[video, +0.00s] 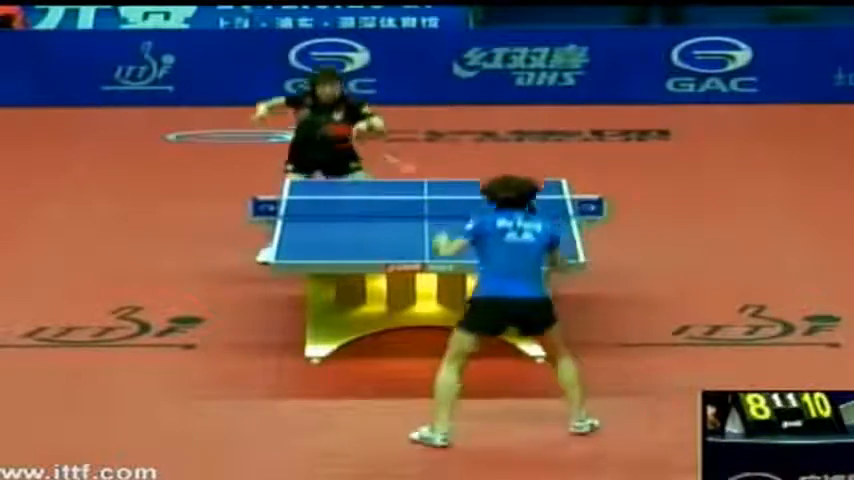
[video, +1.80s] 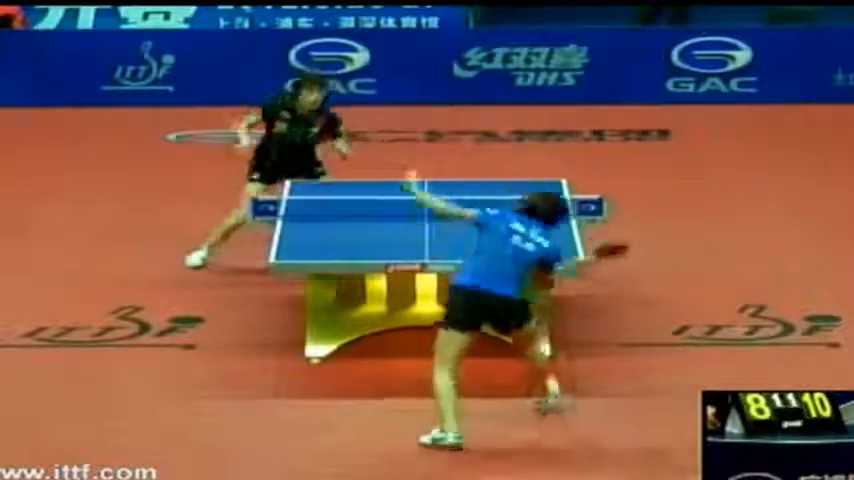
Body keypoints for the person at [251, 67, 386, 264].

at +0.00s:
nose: (327, 92)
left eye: (332, 86)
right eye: (323, 86)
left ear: (340, 88)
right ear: (315, 88)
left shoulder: (350, 106)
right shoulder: (305, 101)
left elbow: (378, 124)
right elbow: (279, 104)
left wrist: (366, 127)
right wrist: (264, 109)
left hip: (342, 165)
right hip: (303, 164)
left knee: (371, 197)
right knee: (289, 204)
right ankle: (277, 245)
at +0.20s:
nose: (339, 86)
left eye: (343, 80)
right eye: (334, 80)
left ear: (349, 83)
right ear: (324, 81)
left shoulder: (355, 104)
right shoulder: (307, 98)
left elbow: (376, 127)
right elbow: (282, 108)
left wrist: (369, 133)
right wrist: (273, 116)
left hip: (339, 156)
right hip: (302, 158)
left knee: (365, 194)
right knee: (287, 201)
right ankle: (258, 243)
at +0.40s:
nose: (330, 97)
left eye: (334, 92)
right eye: (326, 92)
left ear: (340, 96)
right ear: (316, 94)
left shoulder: (344, 116)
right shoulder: (293, 112)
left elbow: (354, 137)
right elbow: (257, 126)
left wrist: (358, 147)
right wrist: (265, 136)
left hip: (322, 165)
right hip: (287, 166)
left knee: (349, 198)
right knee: (272, 211)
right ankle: (234, 247)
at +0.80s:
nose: (325, 102)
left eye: (329, 97)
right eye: (321, 96)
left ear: (334, 100)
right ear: (311, 96)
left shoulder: (336, 120)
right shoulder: (288, 111)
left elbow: (360, 138)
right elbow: (246, 123)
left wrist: (362, 152)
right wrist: (262, 133)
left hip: (315, 166)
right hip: (277, 165)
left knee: (343, 202)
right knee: (260, 210)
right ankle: (224, 247)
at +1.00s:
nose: (318, 124)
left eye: (323, 120)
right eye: (315, 118)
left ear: (329, 120)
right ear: (306, 115)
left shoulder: (332, 131)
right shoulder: (284, 123)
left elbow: (361, 155)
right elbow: (239, 132)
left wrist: (350, 165)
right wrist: (252, 143)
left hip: (306, 176)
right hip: (273, 172)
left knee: (316, 213)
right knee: (259, 210)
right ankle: (224, 247)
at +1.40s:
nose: (317, 109)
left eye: (321, 104)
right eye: (312, 105)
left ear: (327, 104)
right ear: (303, 106)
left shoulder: (334, 118)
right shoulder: (290, 111)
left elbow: (362, 141)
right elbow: (254, 111)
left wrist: (355, 136)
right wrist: (247, 118)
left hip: (321, 160)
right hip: (288, 158)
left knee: (337, 204)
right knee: (260, 206)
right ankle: (225, 246)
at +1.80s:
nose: (313, 99)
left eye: (317, 95)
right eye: (309, 93)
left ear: (323, 97)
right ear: (298, 93)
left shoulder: (325, 118)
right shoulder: (279, 107)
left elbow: (340, 138)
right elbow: (249, 121)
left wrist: (341, 146)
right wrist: (243, 133)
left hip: (304, 165)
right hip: (269, 163)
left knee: (328, 202)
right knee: (247, 211)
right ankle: (205, 250)